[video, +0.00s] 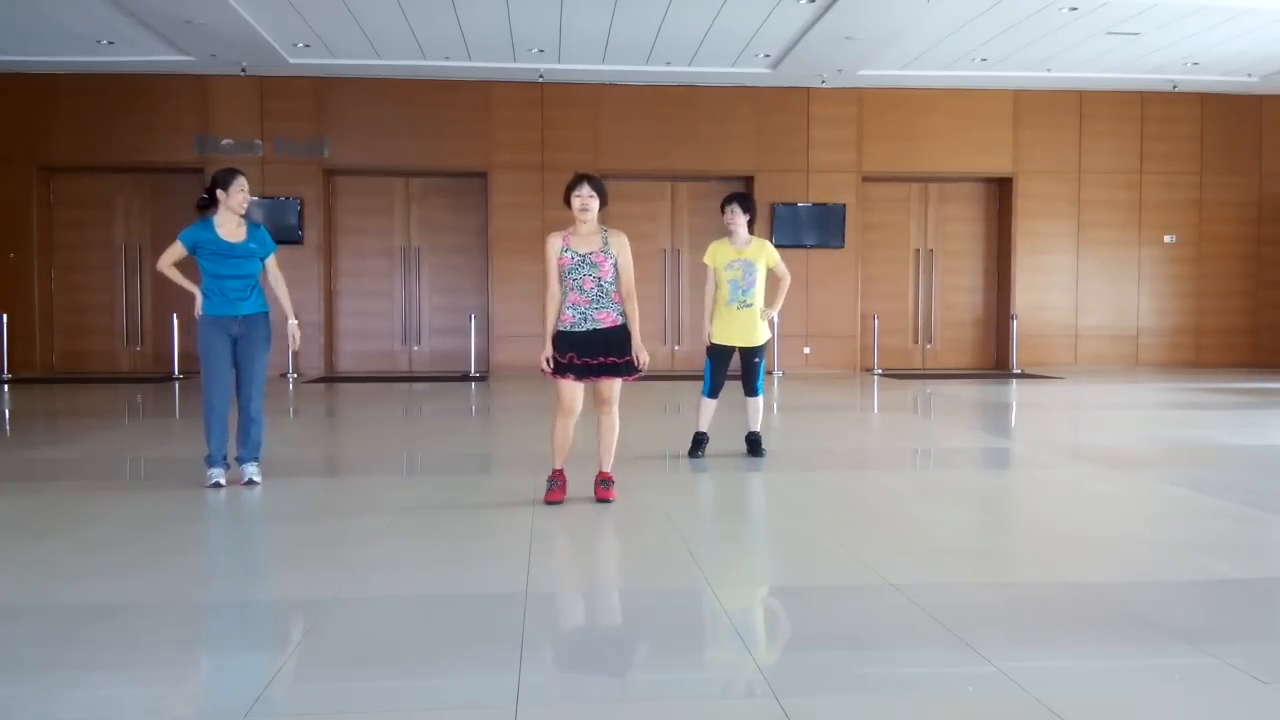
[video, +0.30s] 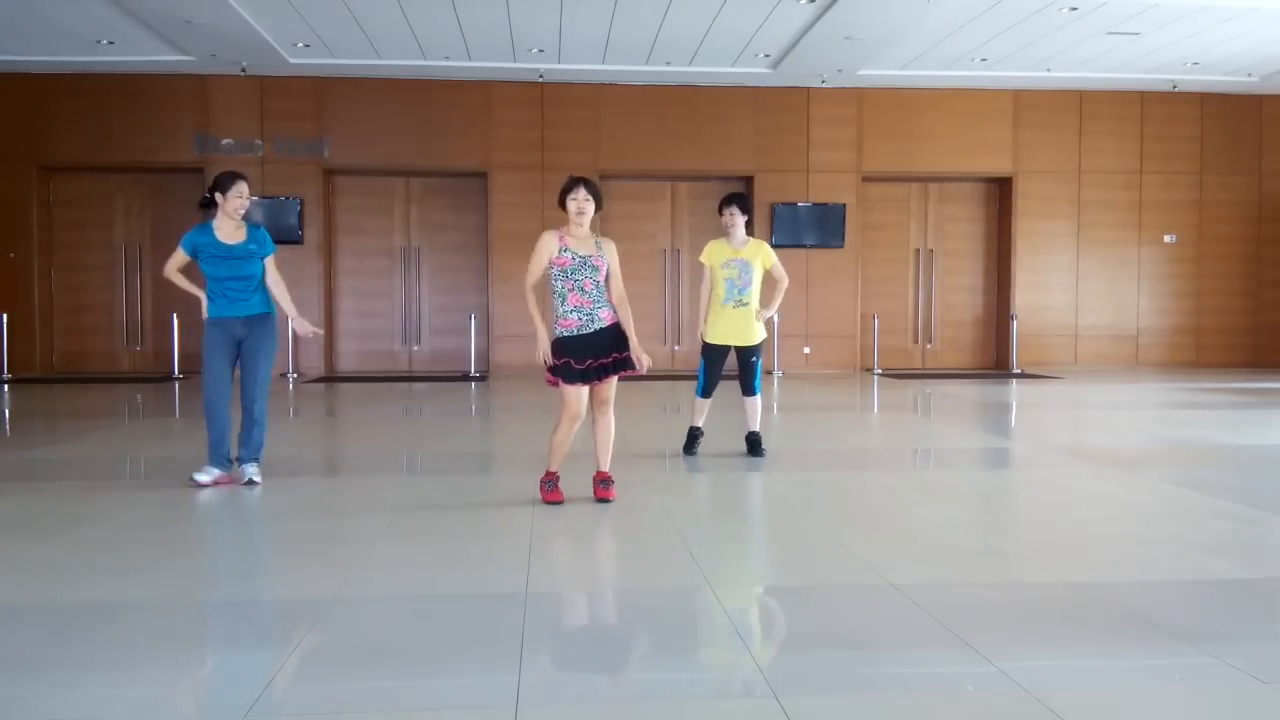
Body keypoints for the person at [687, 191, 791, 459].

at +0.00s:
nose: (729, 217)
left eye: (735, 212)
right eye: (726, 212)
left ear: (747, 216)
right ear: (722, 217)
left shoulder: (763, 248)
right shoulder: (716, 248)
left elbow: (785, 277)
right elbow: (710, 287)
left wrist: (775, 307)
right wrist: (706, 322)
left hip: (753, 327)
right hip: (721, 327)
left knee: (753, 387)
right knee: (711, 386)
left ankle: (754, 436)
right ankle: (700, 436)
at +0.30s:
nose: (728, 219)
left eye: (733, 214)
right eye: (724, 215)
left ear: (745, 217)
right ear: (721, 218)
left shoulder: (761, 249)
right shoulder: (713, 248)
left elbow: (782, 280)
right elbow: (706, 285)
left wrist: (771, 309)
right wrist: (701, 321)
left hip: (749, 327)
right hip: (716, 326)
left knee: (750, 386)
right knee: (705, 385)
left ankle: (754, 436)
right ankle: (694, 432)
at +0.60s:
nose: (720, 220)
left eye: (725, 216)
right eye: (716, 215)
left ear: (734, 220)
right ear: (710, 219)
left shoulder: (744, 252)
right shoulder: (696, 249)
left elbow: (761, 285)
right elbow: (686, 287)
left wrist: (752, 313)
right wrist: (681, 322)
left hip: (732, 329)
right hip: (699, 328)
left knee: (742, 386)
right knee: (697, 385)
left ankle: (751, 435)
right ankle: (691, 434)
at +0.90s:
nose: (730, 222)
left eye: (735, 217)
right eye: (725, 217)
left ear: (740, 222)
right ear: (715, 219)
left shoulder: (746, 253)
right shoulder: (699, 250)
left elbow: (760, 284)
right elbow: (686, 282)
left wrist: (754, 314)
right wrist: (676, 307)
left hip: (736, 328)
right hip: (703, 328)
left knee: (754, 383)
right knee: (699, 385)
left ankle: (771, 435)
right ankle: (692, 434)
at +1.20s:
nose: (760, 222)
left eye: (765, 218)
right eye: (754, 218)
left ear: (771, 223)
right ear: (745, 223)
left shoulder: (781, 256)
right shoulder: (734, 254)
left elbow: (795, 287)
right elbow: (719, 291)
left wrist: (789, 317)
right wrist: (712, 323)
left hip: (772, 331)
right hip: (737, 331)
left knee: (791, 382)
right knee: (721, 384)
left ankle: (805, 438)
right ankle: (697, 433)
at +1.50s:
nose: (783, 213)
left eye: (788, 208)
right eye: (778, 208)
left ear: (795, 213)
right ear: (770, 214)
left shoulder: (807, 246)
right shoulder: (759, 248)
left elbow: (825, 278)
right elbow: (753, 288)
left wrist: (820, 313)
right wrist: (751, 325)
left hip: (800, 327)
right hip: (767, 327)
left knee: (806, 387)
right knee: (768, 387)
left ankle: (808, 437)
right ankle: (766, 437)